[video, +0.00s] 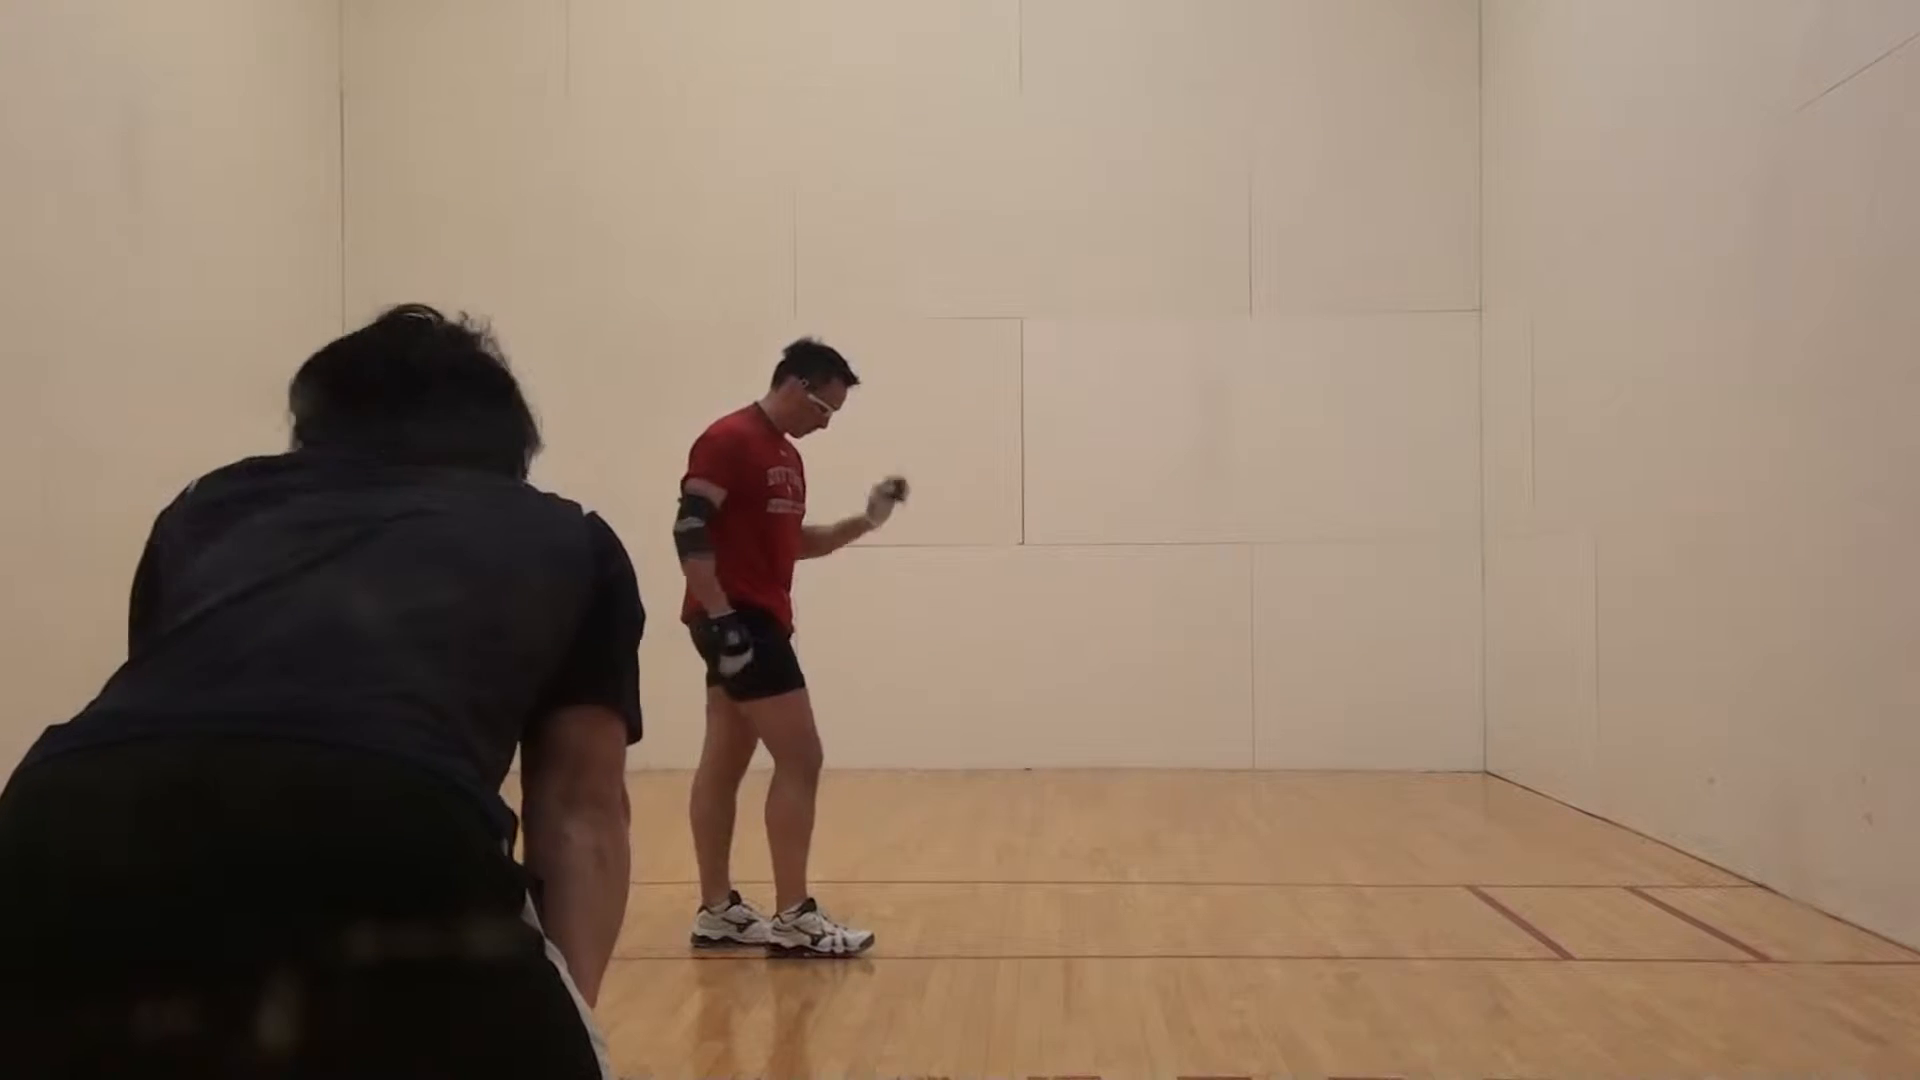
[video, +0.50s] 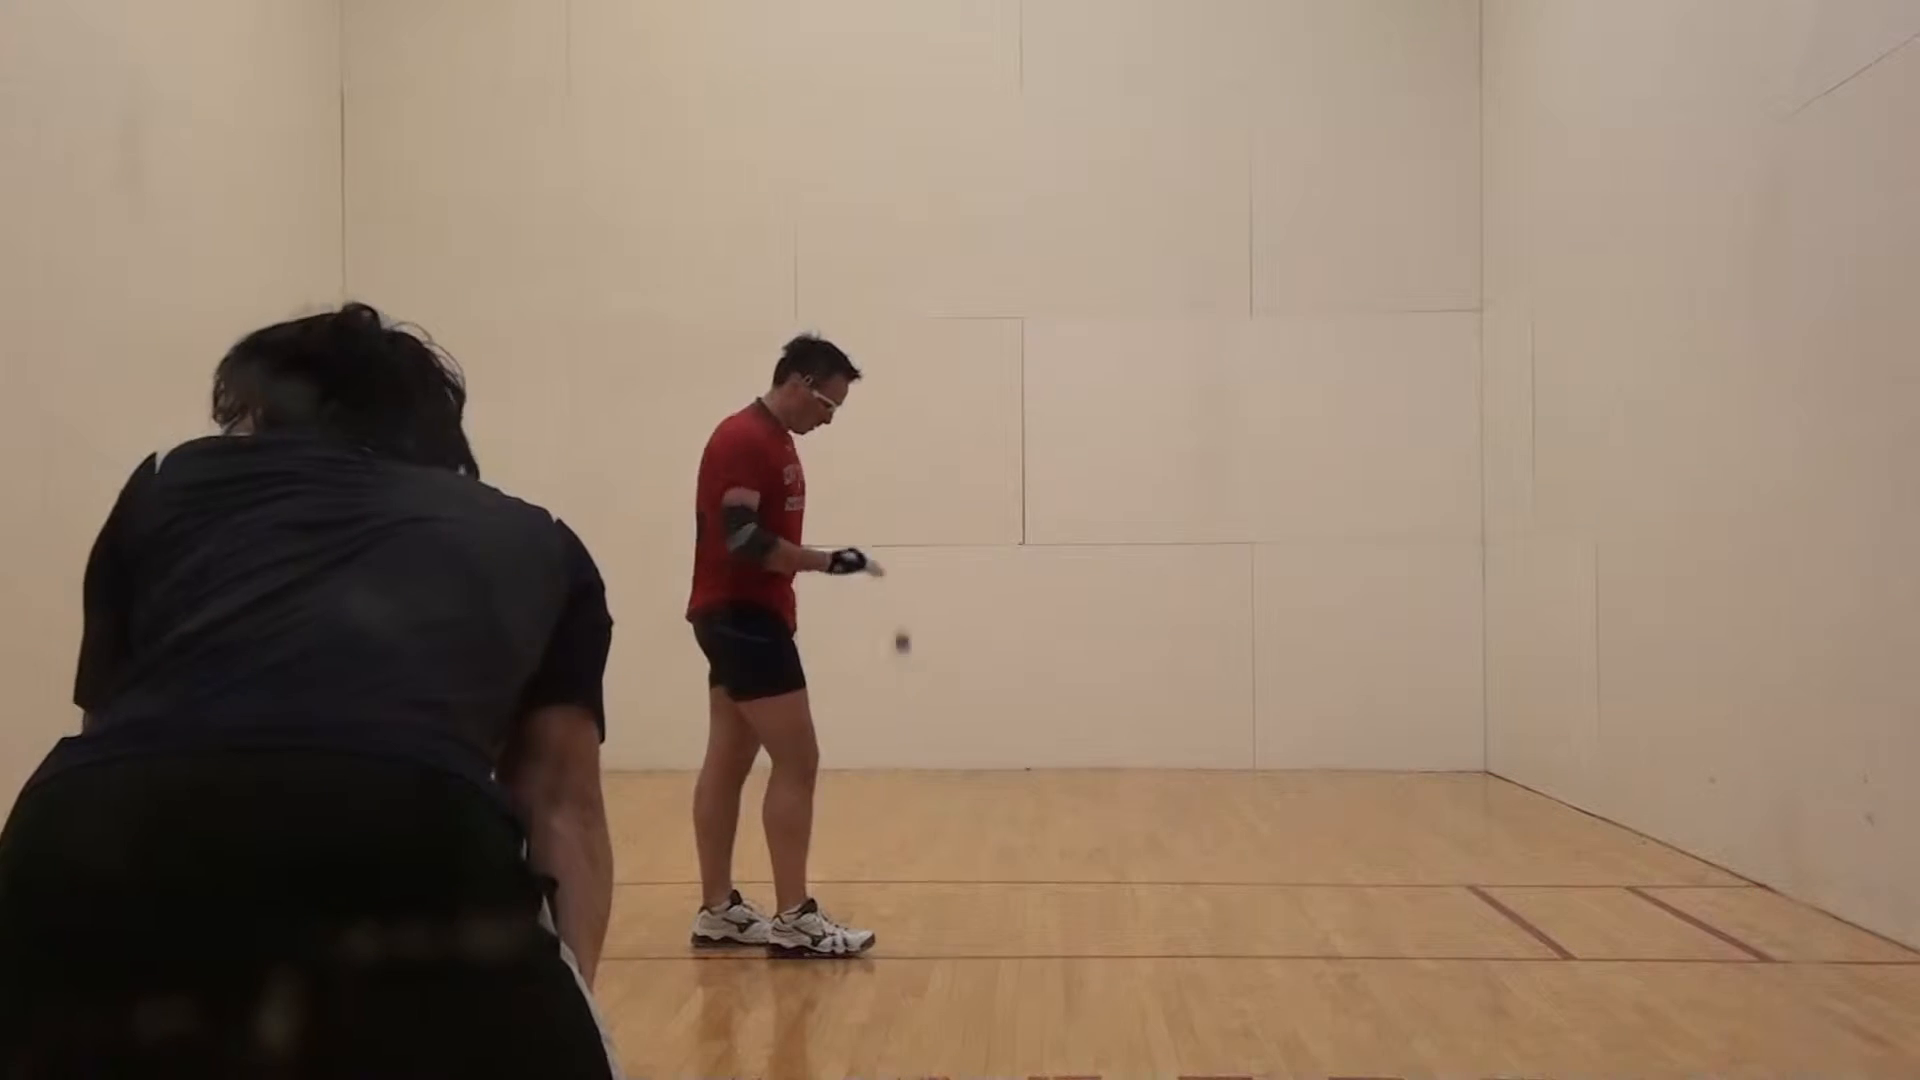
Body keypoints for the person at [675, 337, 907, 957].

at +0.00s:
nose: (826, 420)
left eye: (832, 411)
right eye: (824, 405)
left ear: (805, 395)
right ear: (791, 385)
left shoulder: (785, 452)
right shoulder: (729, 439)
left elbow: (788, 543)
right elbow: (690, 533)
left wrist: (863, 522)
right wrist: (723, 620)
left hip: (750, 622)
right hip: (741, 624)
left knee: (723, 762)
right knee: (800, 758)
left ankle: (717, 909)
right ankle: (793, 914)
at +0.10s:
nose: (823, 418)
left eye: (830, 407)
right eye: (822, 403)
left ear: (797, 390)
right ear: (789, 383)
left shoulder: (782, 452)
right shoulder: (727, 439)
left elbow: (796, 547)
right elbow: (692, 533)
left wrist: (872, 573)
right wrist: (740, 612)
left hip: (752, 618)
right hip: (742, 621)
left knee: (727, 761)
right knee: (796, 759)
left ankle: (716, 908)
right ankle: (793, 914)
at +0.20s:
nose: (824, 414)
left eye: (829, 404)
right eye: (821, 401)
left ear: (799, 390)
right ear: (787, 382)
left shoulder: (784, 449)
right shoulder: (728, 436)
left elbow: (791, 538)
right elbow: (697, 531)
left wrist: (835, 606)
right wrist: (762, 601)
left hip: (758, 618)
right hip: (740, 621)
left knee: (726, 763)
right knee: (796, 759)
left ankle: (717, 908)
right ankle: (793, 914)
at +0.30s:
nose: (825, 415)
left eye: (830, 405)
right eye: (823, 401)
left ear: (800, 389)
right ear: (789, 382)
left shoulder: (783, 446)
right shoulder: (730, 437)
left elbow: (775, 544)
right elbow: (709, 534)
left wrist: (794, 626)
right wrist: (786, 590)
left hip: (760, 618)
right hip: (737, 619)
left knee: (726, 763)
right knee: (797, 759)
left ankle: (717, 909)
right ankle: (793, 914)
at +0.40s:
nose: (827, 416)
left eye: (833, 406)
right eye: (826, 402)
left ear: (802, 390)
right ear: (791, 383)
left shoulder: (778, 442)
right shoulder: (735, 438)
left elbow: (762, 535)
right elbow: (724, 534)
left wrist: (785, 598)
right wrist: (807, 572)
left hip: (753, 617)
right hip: (741, 619)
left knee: (728, 761)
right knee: (796, 761)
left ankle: (717, 908)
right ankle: (793, 914)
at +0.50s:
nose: (828, 417)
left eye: (834, 407)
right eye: (828, 403)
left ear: (802, 389)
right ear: (794, 384)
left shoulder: (771, 440)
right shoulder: (744, 440)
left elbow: (761, 539)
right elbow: (742, 538)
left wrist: (810, 564)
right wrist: (823, 560)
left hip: (744, 618)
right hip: (745, 621)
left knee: (727, 761)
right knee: (797, 761)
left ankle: (718, 908)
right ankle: (794, 915)